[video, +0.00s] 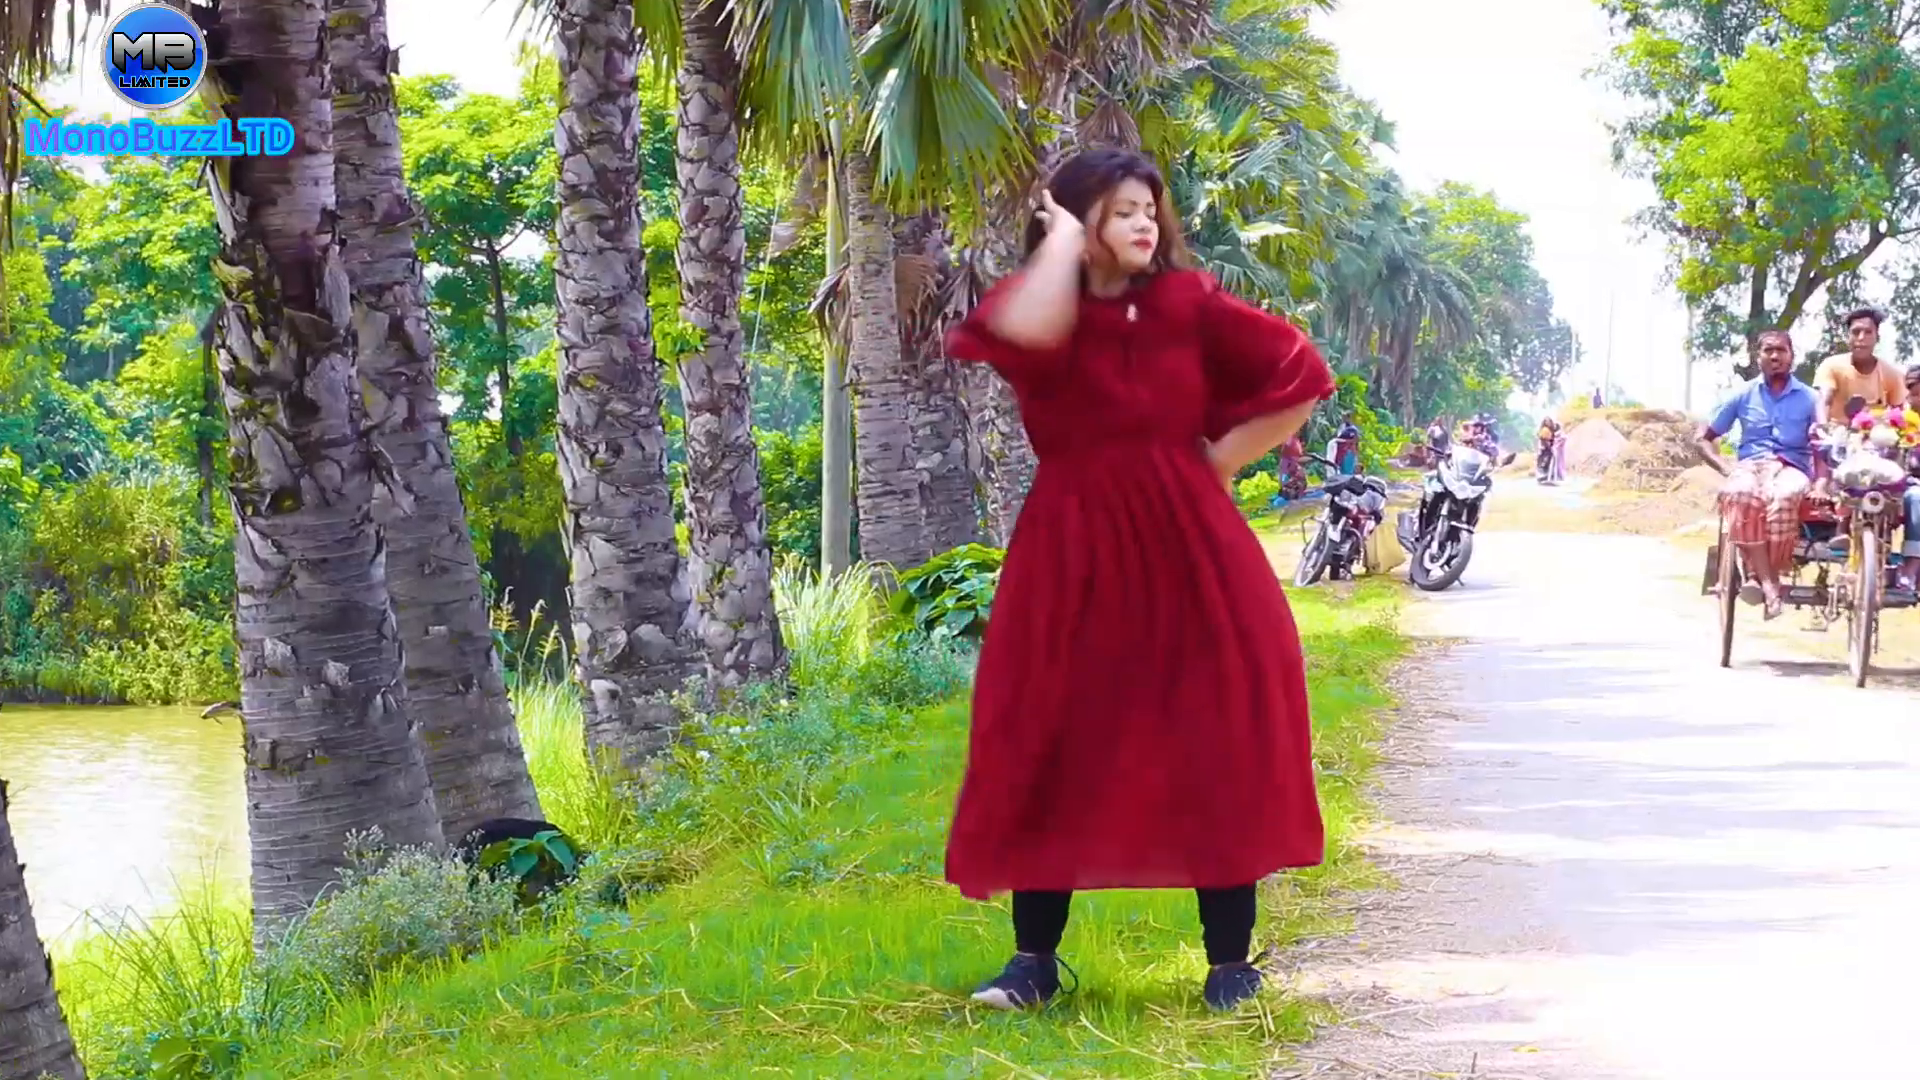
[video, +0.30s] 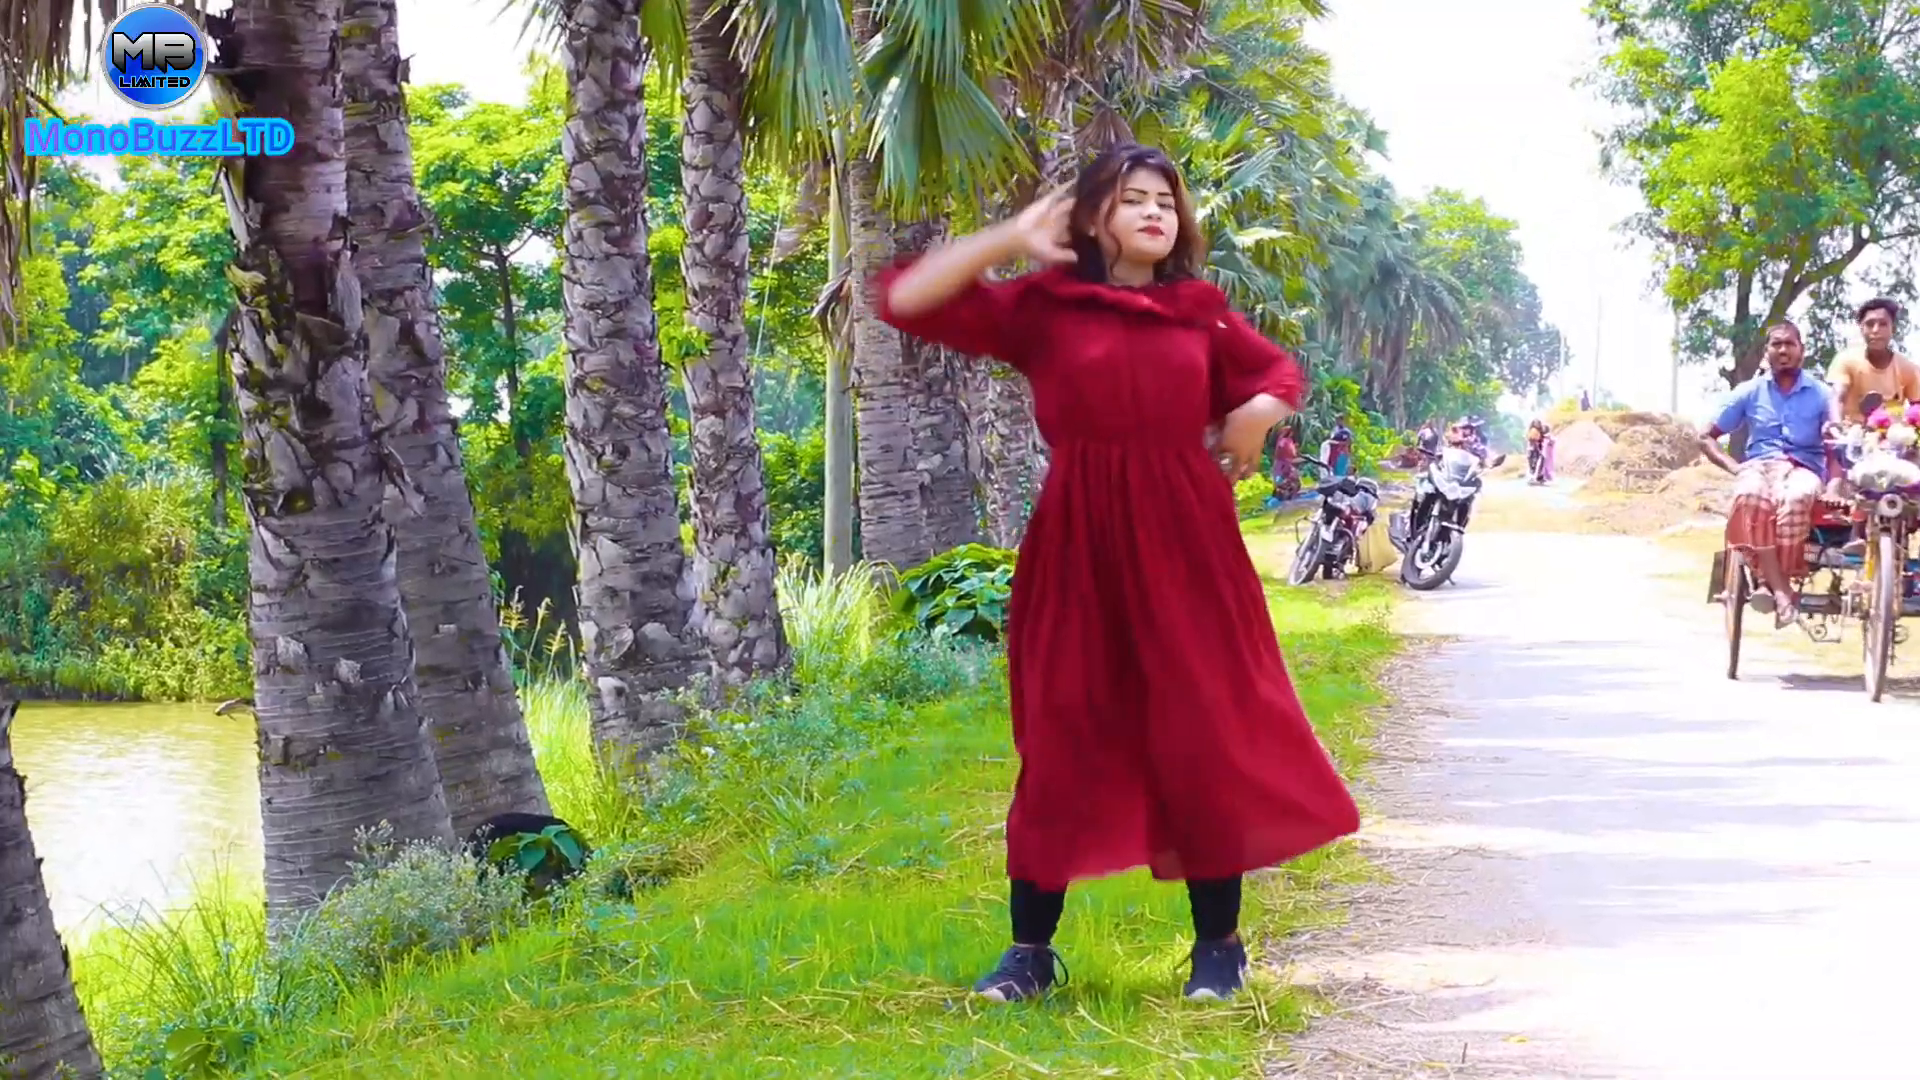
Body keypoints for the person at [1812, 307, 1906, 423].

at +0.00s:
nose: (1861, 338)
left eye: (1868, 332)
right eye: (1855, 332)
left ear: (1877, 337)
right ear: (1848, 336)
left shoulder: (1892, 375)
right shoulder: (1831, 366)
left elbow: (1899, 416)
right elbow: (1822, 401)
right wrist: (1823, 427)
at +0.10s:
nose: (1888, 330)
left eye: (1896, 325)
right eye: (1883, 324)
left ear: (1905, 331)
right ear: (1874, 329)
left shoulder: (1914, 364)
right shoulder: (1858, 360)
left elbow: (1916, 400)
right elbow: (1850, 397)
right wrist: (1848, 423)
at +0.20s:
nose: (1846, 338)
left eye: (1853, 333)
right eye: (1841, 332)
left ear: (1862, 338)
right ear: (1833, 336)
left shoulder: (1876, 373)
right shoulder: (1817, 367)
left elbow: (1886, 412)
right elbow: (1809, 401)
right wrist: (1808, 428)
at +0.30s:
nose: (1875, 330)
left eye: (1883, 324)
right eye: (1869, 324)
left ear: (1893, 329)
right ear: (1861, 328)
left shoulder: (1907, 369)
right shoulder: (1845, 361)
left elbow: (1916, 409)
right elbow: (1836, 398)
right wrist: (1836, 425)